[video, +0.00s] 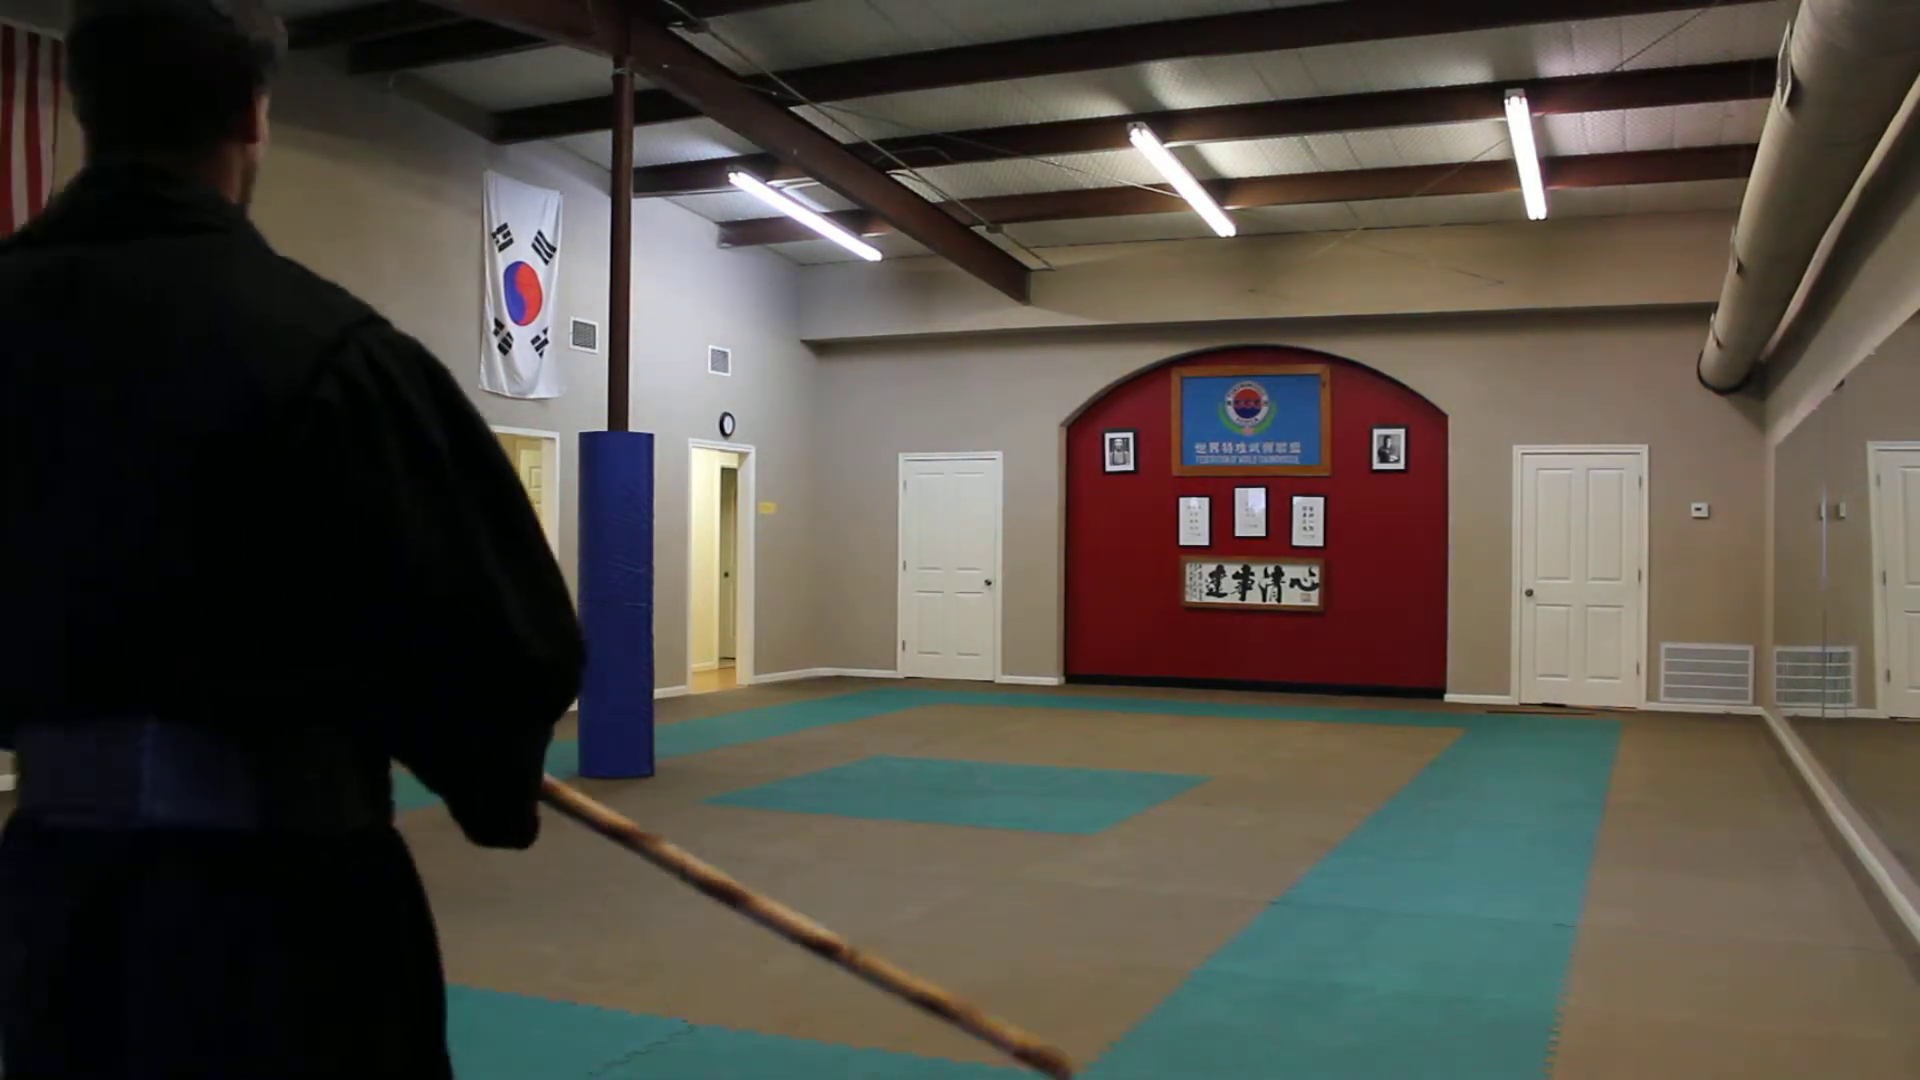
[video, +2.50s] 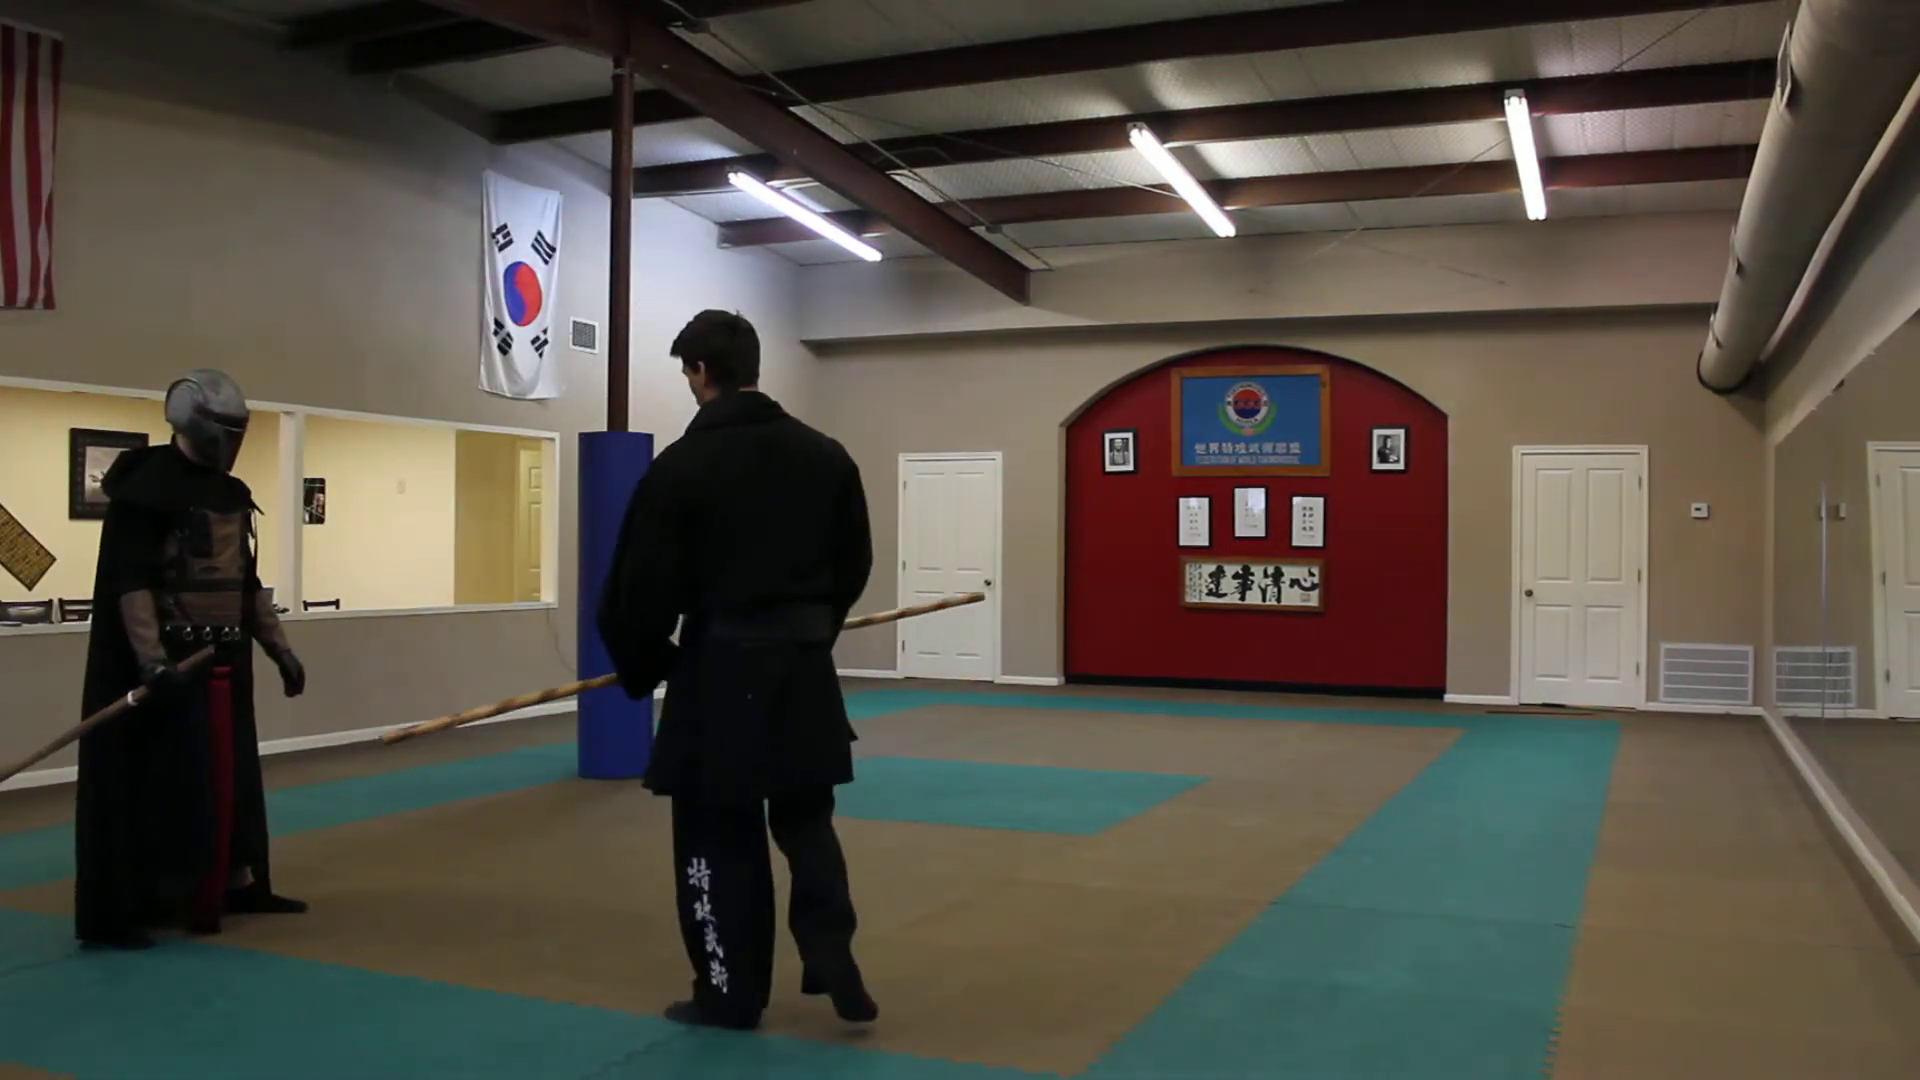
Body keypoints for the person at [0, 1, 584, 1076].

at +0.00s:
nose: (264, 132)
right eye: (266, 112)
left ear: (81, 112)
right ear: (253, 119)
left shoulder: (12, 309)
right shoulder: (335, 353)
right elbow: (507, 650)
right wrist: (491, 770)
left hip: (54, 852)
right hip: (291, 864)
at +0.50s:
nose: (524, 261)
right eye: (524, 239)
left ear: (403, 224)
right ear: (515, 244)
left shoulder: (273, 399)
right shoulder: (559, 400)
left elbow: (253, 618)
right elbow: (678, 629)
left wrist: (341, 677)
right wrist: (661, 741)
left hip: (354, 807)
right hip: (537, 809)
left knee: (356, 1059)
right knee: (565, 1057)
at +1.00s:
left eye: (589, 271)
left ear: (587, 281)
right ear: (685, 287)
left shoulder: (500, 418)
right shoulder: (752, 421)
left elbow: (422, 567)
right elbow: (818, 583)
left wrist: (525, 647)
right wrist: (739, 673)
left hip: (563, 750)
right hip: (701, 753)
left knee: (581, 999)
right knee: (692, 1001)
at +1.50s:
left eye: (632, 315)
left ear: (631, 324)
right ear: (717, 327)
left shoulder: (566, 438)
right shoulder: (780, 437)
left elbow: (524, 601)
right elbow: (843, 591)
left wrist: (591, 711)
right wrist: (793, 696)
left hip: (629, 732)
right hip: (762, 733)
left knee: (642, 952)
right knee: (781, 948)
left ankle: (649, 1074)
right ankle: (787, 1072)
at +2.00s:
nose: (718, 358)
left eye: (719, 348)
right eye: (722, 347)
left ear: (732, 352)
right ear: (800, 351)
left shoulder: (688, 450)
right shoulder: (865, 443)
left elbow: (640, 594)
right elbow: (905, 570)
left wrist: (681, 676)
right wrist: (857, 654)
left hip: (730, 700)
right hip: (840, 702)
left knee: (715, 891)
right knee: (838, 897)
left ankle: (704, 1054)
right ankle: (832, 1057)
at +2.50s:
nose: (684, 385)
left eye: (683, 374)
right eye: (684, 374)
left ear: (699, 374)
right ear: (755, 369)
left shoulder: (680, 467)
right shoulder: (825, 456)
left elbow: (631, 598)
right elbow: (851, 568)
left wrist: (646, 669)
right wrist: (810, 634)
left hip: (716, 679)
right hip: (804, 676)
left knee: (715, 839)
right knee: (807, 817)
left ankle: (729, 996)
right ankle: (832, 953)